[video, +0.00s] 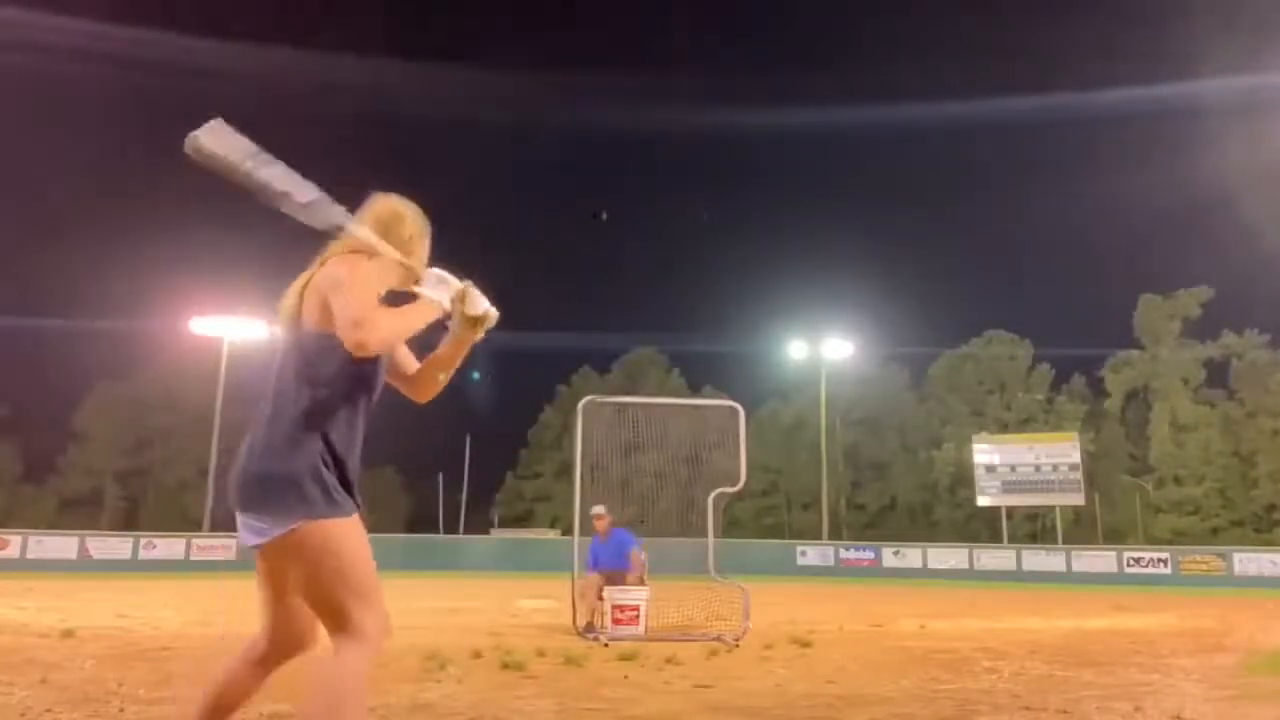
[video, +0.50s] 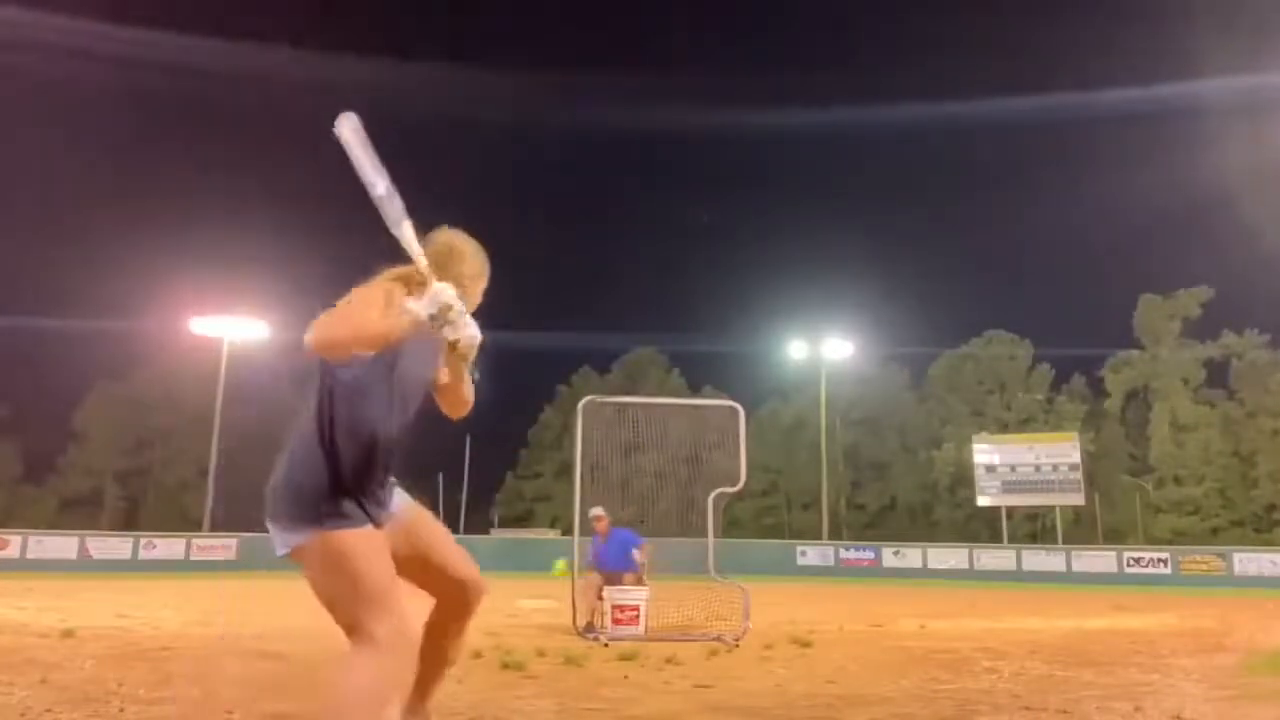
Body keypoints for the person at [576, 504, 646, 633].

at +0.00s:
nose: (599, 523)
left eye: (601, 518)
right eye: (596, 519)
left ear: (609, 519)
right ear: (593, 522)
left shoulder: (621, 535)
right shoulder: (595, 541)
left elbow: (636, 554)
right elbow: (591, 566)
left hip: (622, 573)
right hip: (603, 574)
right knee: (590, 582)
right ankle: (589, 622)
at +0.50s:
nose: (598, 524)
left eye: (601, 520)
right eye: (595, 521)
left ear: (608, 520)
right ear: (592, 524)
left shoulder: (622, 534)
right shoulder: (596, 540)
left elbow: (642, 545)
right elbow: (592, 563)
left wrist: (641, 568)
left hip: (623, 572)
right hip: (605, 573)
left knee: (629, 577)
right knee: (592, 580)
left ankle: (627, 620)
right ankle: (589, 622)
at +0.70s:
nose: (601, 523)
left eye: (603, 519)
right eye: (597, 520)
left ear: (610, 519)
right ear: (594, 523)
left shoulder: (625, 533)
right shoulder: (596, 537)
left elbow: (644, 546)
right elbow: (600, 543)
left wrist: (641, 558)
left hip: (625, 571)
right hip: (606, 572)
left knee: (629, 580)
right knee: (592, 579)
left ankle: (629, 620)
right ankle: (590, 621)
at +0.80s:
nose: (605, 523)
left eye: (607, 518)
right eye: (601, 520)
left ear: (612, 519)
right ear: (596, 523)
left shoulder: (626, 533)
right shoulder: (599, 540)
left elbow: (643, 545)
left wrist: (639, 561)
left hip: (626, 571)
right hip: (608, 572)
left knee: (629, 579)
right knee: (592, 579)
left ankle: (628, 620)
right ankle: (590, 621)